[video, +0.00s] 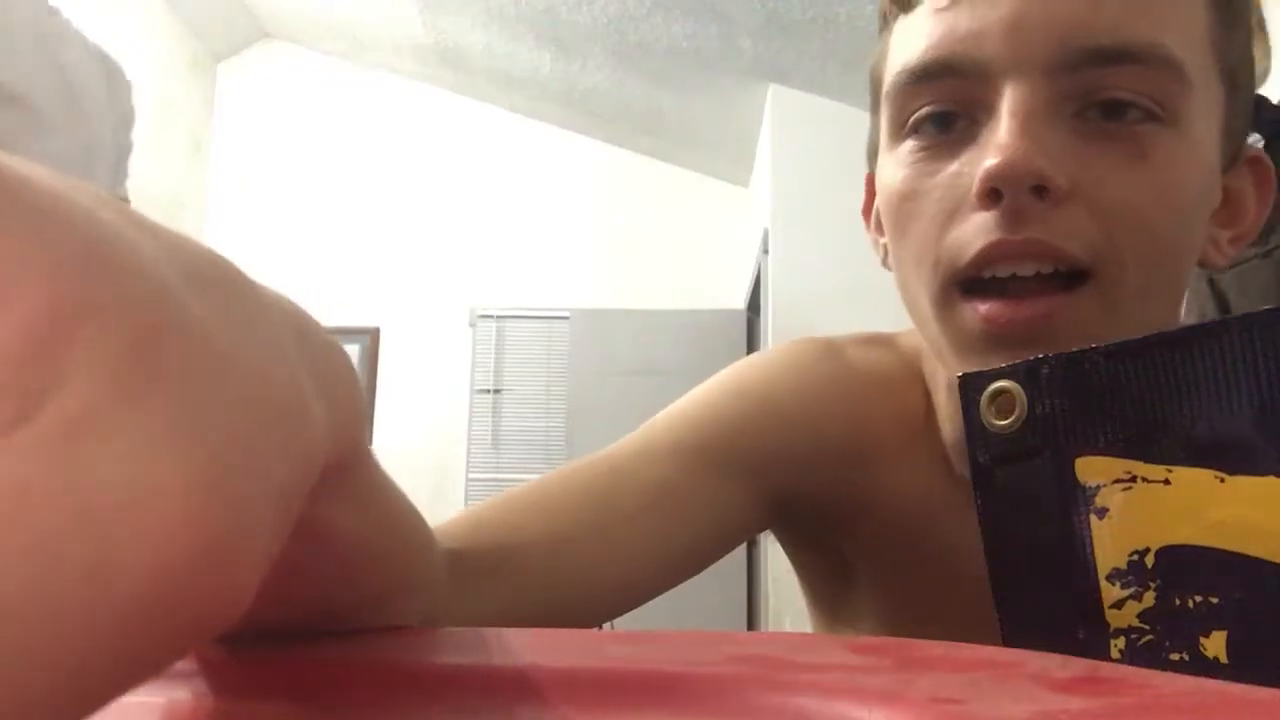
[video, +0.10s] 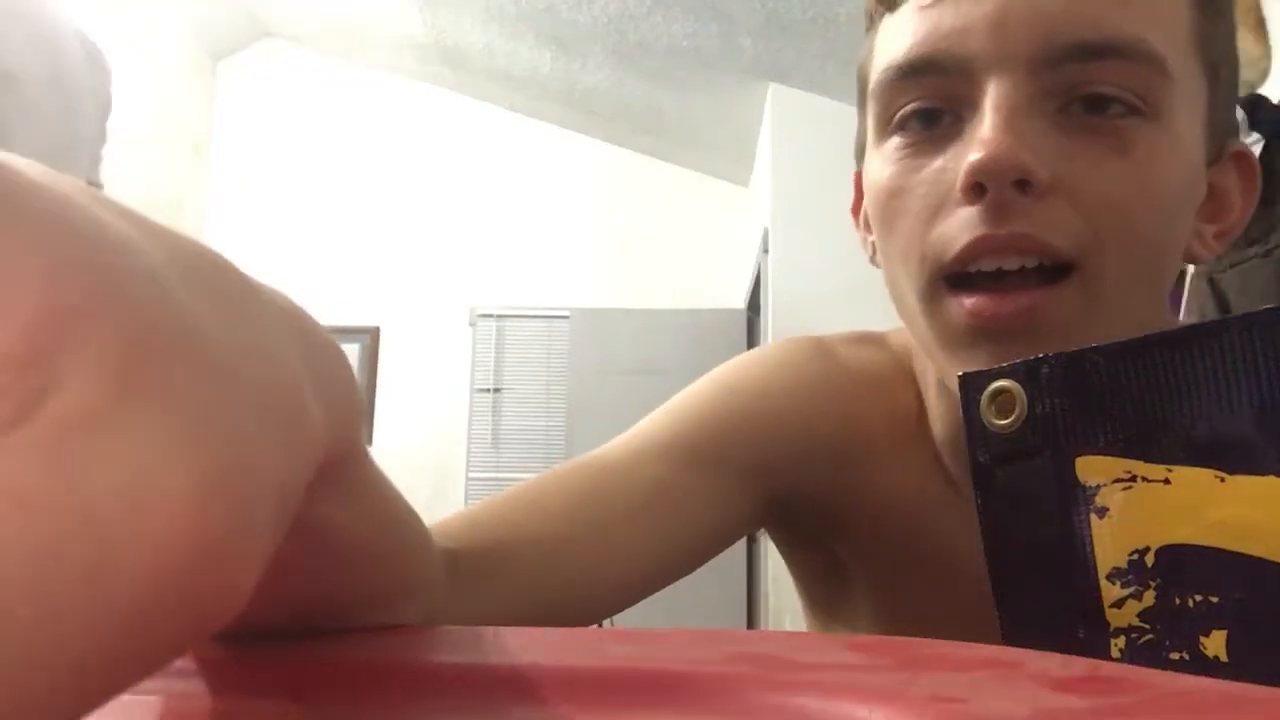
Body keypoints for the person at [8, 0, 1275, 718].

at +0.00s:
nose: (1011, 172)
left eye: (1114, 109)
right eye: (946, 119)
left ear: (1236, 205)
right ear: (882, 204)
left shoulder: (1269, 435)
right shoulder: (827, 417)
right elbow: (450, 580)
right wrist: (266, 431)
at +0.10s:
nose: (994, 165)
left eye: (1098, 102)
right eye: (930, 115)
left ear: (1221, 202)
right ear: (869, 201)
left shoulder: (1259, 434)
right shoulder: (815, 417)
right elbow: (439, 581)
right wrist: (257, 427)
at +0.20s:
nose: (983, 168)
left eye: (1087, 105)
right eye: (920, 118)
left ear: (1212, 201)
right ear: (862, 201)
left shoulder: (1253, 432)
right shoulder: (816, 416)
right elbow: (439, 584)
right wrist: (260, 435)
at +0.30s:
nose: (977, 174)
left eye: (1082, 110)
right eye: (914, 121)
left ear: (1210, 203)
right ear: (855, 203)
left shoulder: (1258, 433)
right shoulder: (816, 419)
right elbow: (434, 581)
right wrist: (256, 438)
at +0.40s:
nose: (983, 174)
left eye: (1088, 110)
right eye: (918, 122)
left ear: (1213, 206)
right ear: (858, 204)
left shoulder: (1255, 435)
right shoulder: (811, 418)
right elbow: (422, 587)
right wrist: (256, 415)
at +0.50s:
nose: (986, 174)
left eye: (1092, 110)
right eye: (921, 121)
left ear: (1217, 205)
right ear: (860, 203)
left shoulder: (1257, 439)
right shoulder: (810, 419)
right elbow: (427, 584)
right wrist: (254, 435)